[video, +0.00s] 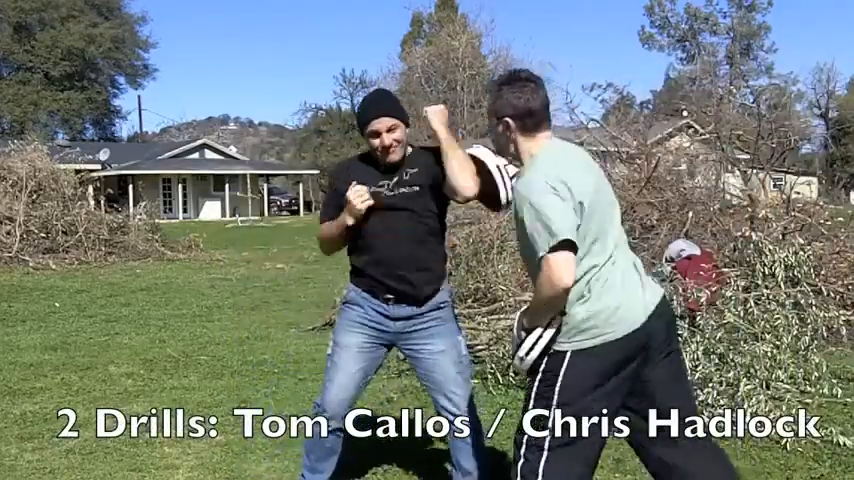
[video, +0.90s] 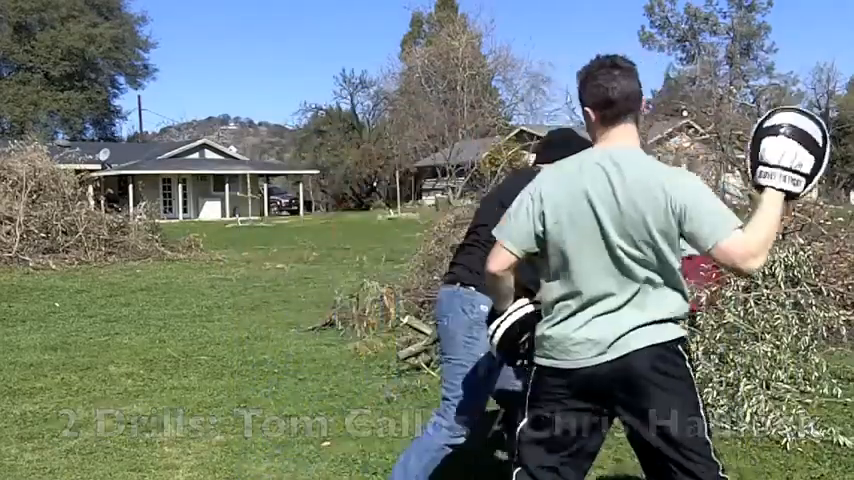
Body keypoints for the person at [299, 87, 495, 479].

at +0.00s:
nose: (385, 141)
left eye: (391, 130)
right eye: (375, 135)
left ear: (406, 127)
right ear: (365, 136)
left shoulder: (431, 162)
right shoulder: (348, 173)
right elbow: (327, 244)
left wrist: (442, 130)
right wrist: (346, 218)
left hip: (430, 312)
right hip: (364, 310)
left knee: (459, 410)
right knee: (332, 406)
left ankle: (469, 476)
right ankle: (314, 475)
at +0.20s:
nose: (380, 145)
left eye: (385, 134)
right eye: (369, 138)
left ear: (392, 134)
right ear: (350, 143)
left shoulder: (421, 175)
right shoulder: (329, 183)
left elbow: (446, 244)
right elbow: (305, 254)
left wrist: (401, 204)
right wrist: (340, 215)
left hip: (426, 308)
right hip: (359, 311)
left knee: (474, 405)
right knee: (330, 404)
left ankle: (490, 475)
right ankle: (313, 475)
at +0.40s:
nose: (424, 144)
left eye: (427, 135)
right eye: (413, 136)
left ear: (432, 138)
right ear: (388, 145)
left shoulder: (451, 179)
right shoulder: (359, 186)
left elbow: (495, 237)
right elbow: (325, 255)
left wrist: (456, 211)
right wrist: (353, 228)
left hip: (449, 316)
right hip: (383, 318)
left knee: (500, 406)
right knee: (349, 406)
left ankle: (522, 476)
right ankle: (321, 475)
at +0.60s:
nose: (519, 139)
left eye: (522, 133)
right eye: (509, 131)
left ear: (522, 144)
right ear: (481, 139)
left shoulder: (503, 196)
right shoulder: (457, 170)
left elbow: (500, 256)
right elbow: (474, 160)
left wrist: (519, 227)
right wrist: (548, 133)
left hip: (476, 320)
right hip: (429, 311)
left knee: (511, 407)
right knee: (402, 415)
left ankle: (525, 476)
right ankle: (324, 468)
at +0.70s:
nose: (547, 153)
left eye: (547, 146)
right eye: (539, 144)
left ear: (512, 150)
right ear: (512, 146)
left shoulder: (516, 186)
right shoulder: (500, 170)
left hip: (481, 322)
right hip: (446, 315)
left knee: (515, 418)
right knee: (430, 424)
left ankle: (524, 476)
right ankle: (369, 474)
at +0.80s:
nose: (572, 171)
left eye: (574, 163)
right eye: (569, 162)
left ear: (533, 160)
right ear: (547, 160)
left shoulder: (502, 184)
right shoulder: (532, 188)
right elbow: (553, 261)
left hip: (493, 310)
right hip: (467, 305)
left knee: (516, 404)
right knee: (458, 424)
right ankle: (406, 474)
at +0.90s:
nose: (577, 180)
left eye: (578, 172)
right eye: (576, 171)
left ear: (543, 157)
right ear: (563, 163)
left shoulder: (522, 183)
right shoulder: (535, 185)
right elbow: (509, 259)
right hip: (471, 300)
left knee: (532, 396)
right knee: (457, 418)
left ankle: (527, 471)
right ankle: (404, 474)